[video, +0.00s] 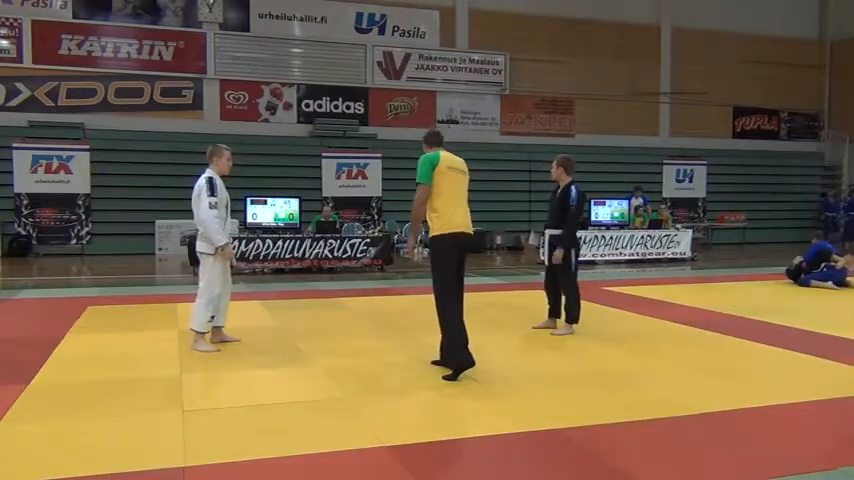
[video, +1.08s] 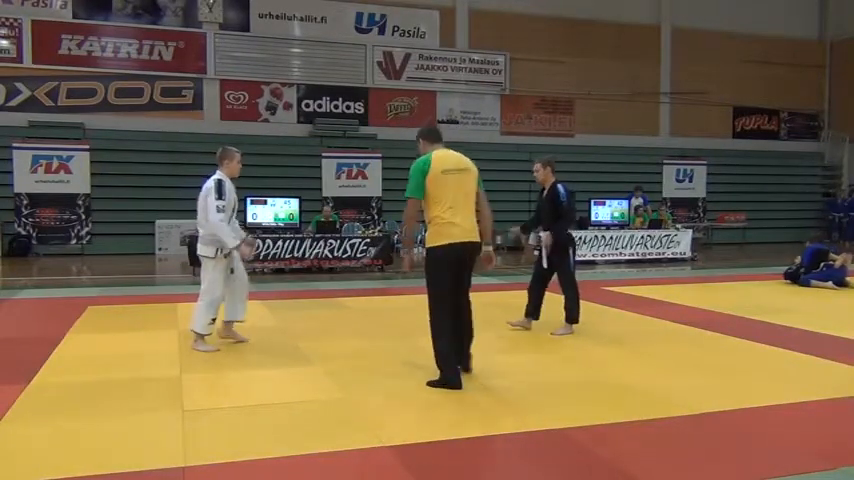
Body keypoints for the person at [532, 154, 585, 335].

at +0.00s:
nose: (551, 171)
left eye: (553, 168)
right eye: (551, 168)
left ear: (561, 170)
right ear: (562, 170)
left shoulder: (573, 191)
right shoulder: (557, 191)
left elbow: (571, 222)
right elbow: (553, 220)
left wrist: (562, 246)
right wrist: (545, 244)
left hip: (565, 240)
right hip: (552, 239)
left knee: (568, 282)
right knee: (551, 281)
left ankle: (569, 323)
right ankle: (552, 318)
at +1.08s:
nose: (535, 175)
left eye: (537, 171)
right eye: (534, 172)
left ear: (548, 170)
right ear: (543, 172)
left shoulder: (560, 190)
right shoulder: (543, 192)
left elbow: (568, 218)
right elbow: (539, 217)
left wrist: (552, 233)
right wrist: (522, 229)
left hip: (562, 243)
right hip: (547, 243)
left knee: (568, 283)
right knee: (537, 281)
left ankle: (569, 324)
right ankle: (528, 319)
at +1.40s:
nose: (512, 179)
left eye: (514, 175)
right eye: (511, 175)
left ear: (524, 172)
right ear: (519, 174)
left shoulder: (540, 189)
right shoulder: (522, 193)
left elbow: (545, 217)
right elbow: (514, 220)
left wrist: (535, 236)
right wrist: (499, 241)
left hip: (546, 239)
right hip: (531, 240)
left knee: (550, 280)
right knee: (526, 281)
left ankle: (564, 321)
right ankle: (525, 320)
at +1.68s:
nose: (502, 180)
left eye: (503, 176)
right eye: (501, 177)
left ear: (510, 173)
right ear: (507, 174)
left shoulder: (526, 189)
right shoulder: (509, 194)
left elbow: (534, 215)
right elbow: (510, 219)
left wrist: (530, 239)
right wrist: (504, 240)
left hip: (530, 237)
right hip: (516, 238)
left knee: (531, 280)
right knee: (518, 280)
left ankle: (542, 321)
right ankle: (523, 319)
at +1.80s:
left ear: (508, 176)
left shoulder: (523, 191)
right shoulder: (502, 194)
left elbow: (530, 219)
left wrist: (523, 242)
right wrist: (505, 242)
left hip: (528, 240)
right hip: (513, 240)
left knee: (526, 281)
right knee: (514, 282)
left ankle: (523, 322)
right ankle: (521, 318)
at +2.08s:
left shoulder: (519, 196)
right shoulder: (495, 195)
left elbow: (521, 221)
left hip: (517, 240)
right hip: (500, 239)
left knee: (512, 283)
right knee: (498, 280)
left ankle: (507, 327)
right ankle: (517, 312)